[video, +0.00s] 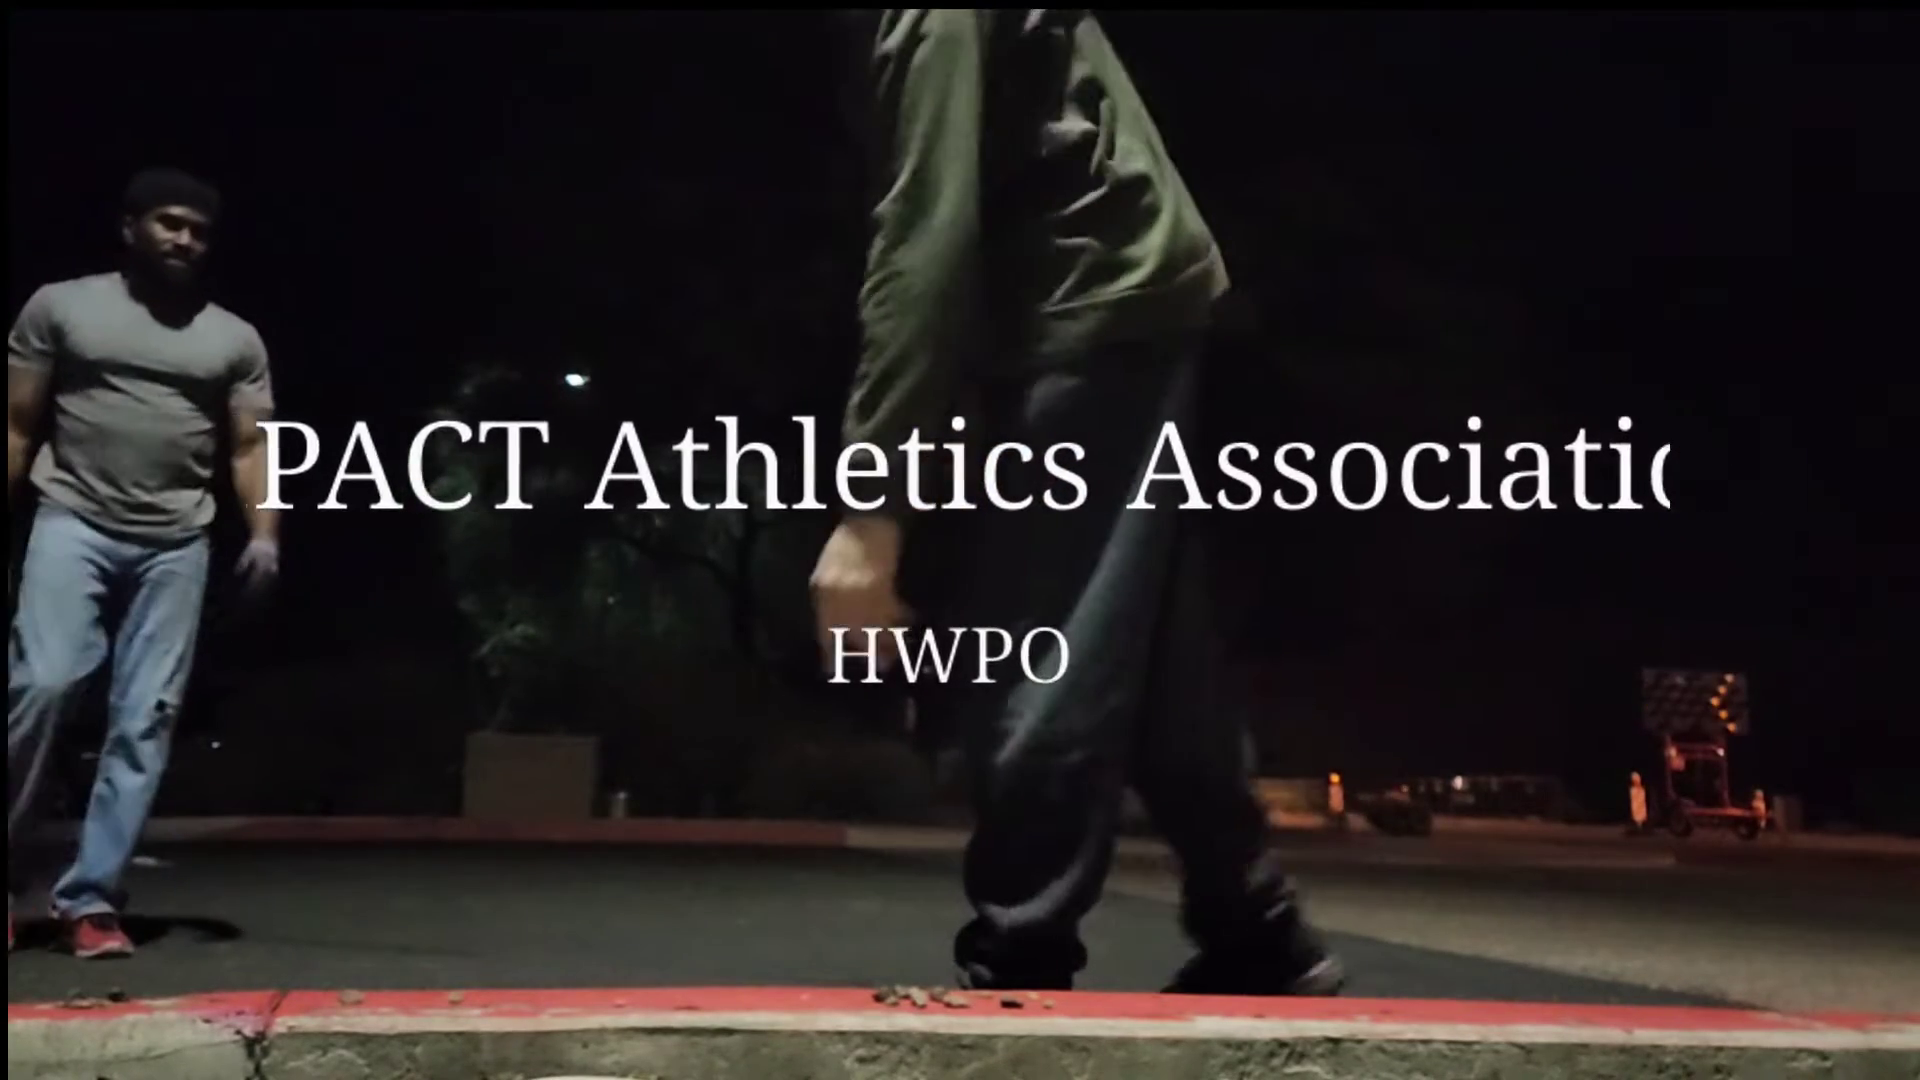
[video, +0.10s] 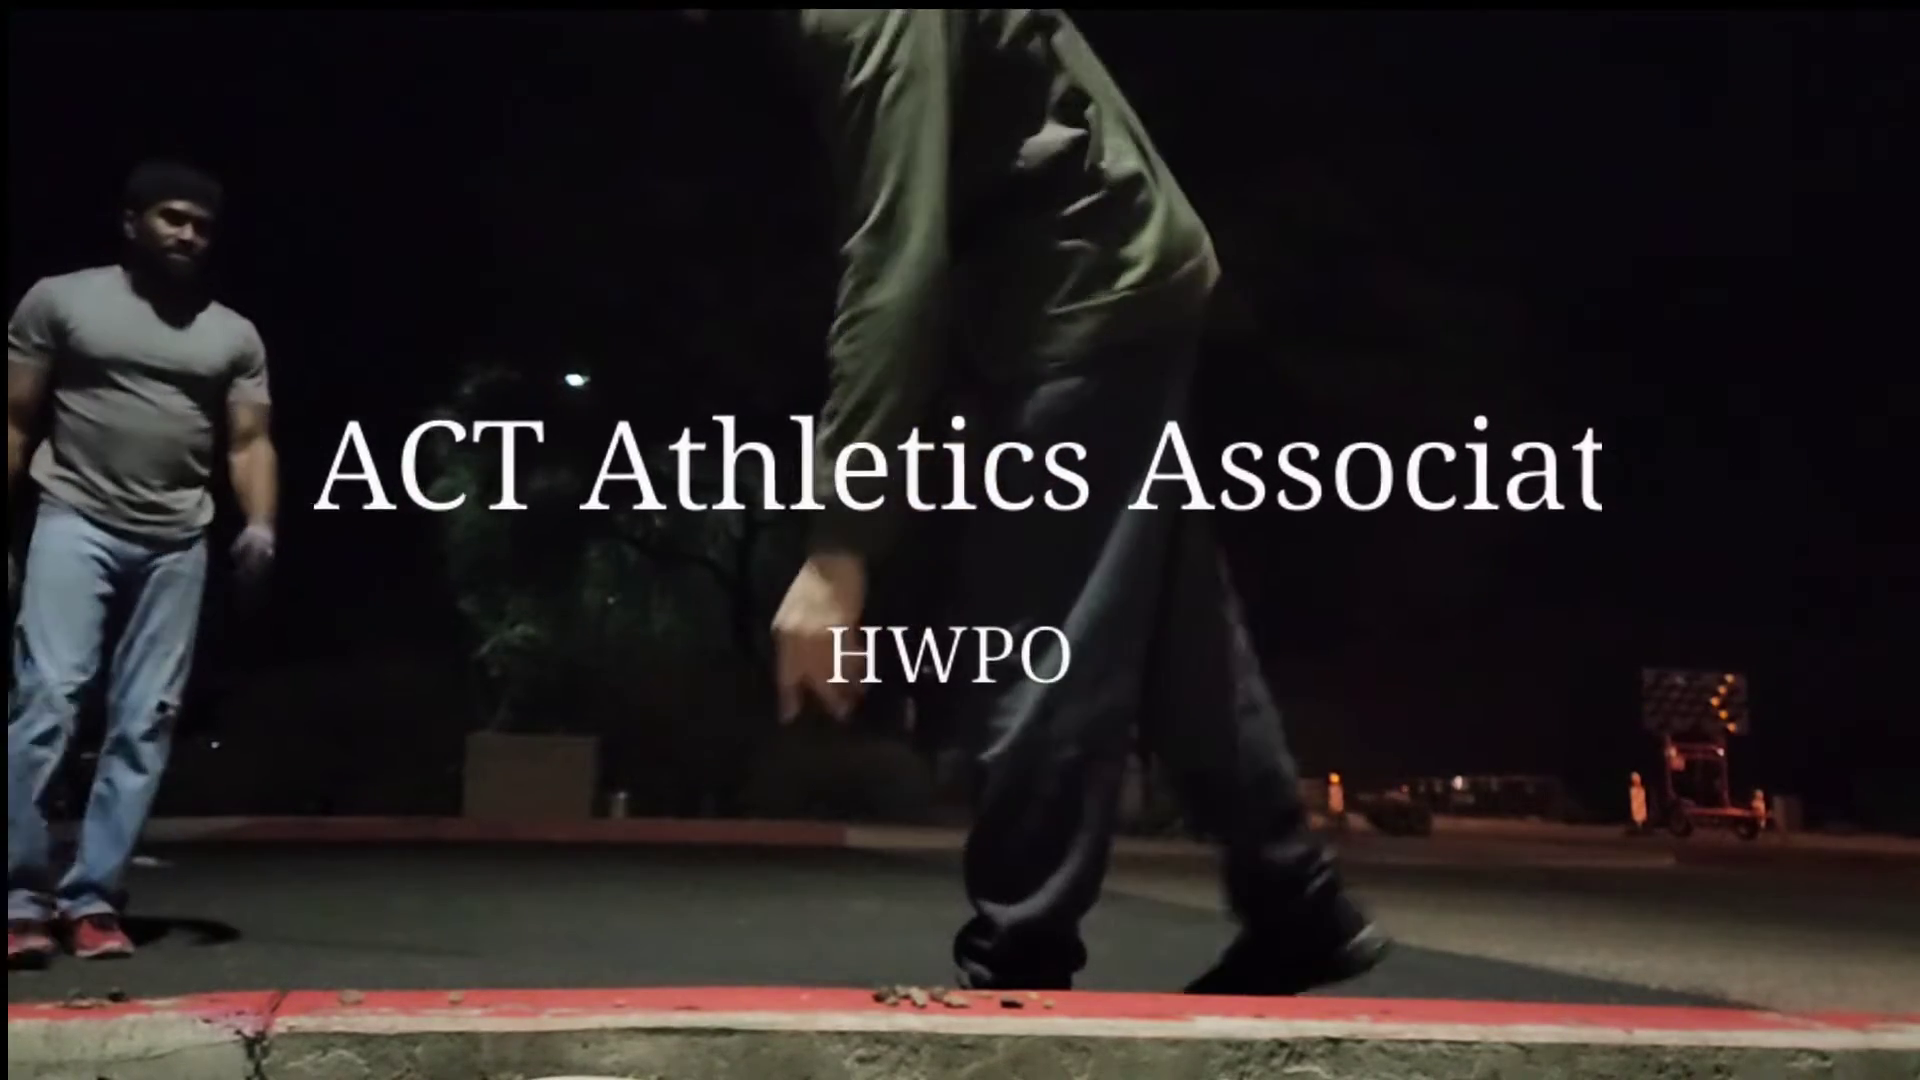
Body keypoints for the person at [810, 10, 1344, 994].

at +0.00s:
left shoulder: (937, 24)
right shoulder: (914, 32)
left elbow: (926, 241)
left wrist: (867, 517)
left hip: (1106, 307)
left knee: (1042, 645)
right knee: (1141, 631)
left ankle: (1018, 960)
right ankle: (1251, 931)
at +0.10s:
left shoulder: (882, 22)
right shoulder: (861, 29)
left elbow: (896, 262)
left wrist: (836, 552)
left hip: (1105, 290)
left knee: (1042, 627)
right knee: (1172, 609)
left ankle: (1019, 952)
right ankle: (1294, 907)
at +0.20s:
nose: (611, 32)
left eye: (614, 10)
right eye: (600, 22)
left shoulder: (835, 36)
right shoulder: (806, 38)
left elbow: (866, 315)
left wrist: (802, 605)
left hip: (1093, 290)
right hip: (1087, 288)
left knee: (1040, 625)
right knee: (1194, 597)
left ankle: (1015, 957)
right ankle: (1338, 877)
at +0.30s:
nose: (577, 89)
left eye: (571, 54)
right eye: (556, 73)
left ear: (636, 4)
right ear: (631, 22)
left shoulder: (805, 68)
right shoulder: (770, 57)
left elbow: (837, 374)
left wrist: (768, 666)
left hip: (1088, 292)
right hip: (1078, 288)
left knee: (1031, 628)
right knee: (1202, 582)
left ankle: (1017, 951)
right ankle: (1370, 840)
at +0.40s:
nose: (557, 151)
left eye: (548, 111)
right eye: (529, 133)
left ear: (608, 30)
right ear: (600, 36)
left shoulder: (783, 103)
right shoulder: (725, 68)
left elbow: (812, 428)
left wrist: (741, 712)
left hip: (1089, 299)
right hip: (1063, 296)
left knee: (1027, 632)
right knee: (1206, 567)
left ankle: (1011, 960)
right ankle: (1402, 814)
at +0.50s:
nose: (541, 207)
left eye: (533, 167)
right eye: (513, 188)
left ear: (591, 79)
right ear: (586, 78)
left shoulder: (765, 138)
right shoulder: (685, 74)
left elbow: (786, 469)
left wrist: (719, 757)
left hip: (1080, 278)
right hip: (1042, 280)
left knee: (1022, 620)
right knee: (1201, 544)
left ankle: (1006, 953)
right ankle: (1422, 782)